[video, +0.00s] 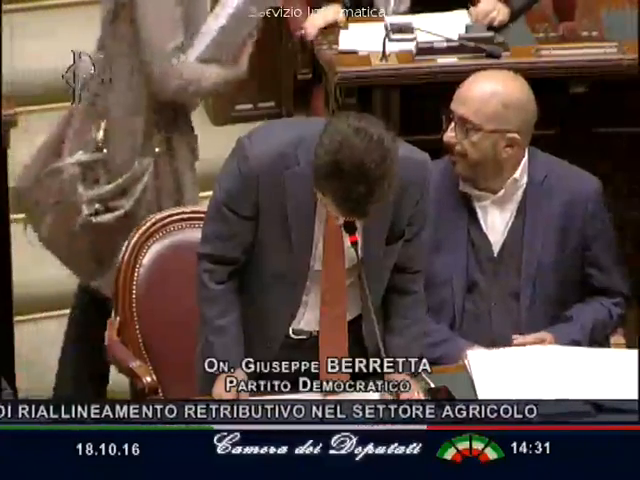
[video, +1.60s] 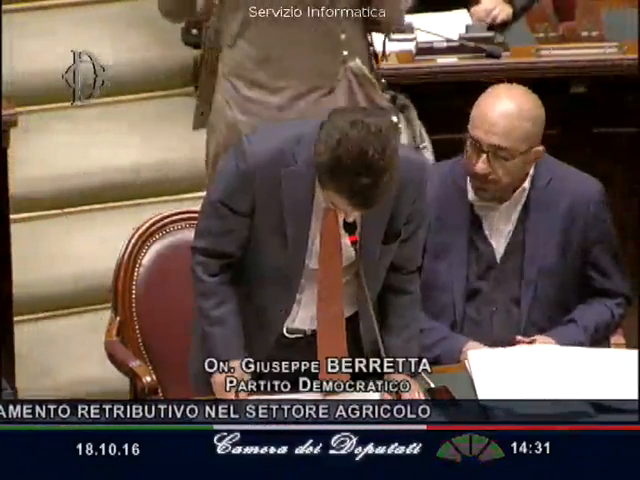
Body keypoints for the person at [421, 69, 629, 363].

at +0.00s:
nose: (448, 138)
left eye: (466, 129)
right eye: (450, 120)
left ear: (509, 146)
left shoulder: (578, 194)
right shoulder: (423, 187)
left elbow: (611, 297)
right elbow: (396, 308)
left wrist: (558, 339)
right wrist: (462, 354)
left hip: (549, 380)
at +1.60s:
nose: (480, 167)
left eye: (500, 155)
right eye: (474, 146)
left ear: (534, 156)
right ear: (467, 134)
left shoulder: (581, 198)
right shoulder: (428, 188)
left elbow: (612, 296)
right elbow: (390, 300)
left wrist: (558, 341)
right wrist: (458, 349)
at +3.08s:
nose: (489, 213)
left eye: (500, 194)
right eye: (473, 201)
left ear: (513, 162)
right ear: (444, 182)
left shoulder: (564, 204)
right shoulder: (419, 221)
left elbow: (599, 295)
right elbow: (409, 327)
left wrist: (555, 326)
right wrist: (472, 357)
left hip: (559, 370)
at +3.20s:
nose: (486, 214)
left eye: (496, 195)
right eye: (470, 203)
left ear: (510, 163)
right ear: (440, 183)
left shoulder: (561, 203)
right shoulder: (417, 223)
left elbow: (597, 293)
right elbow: (409, 330)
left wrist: (554, 322)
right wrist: (472, 359)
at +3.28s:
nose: (485, 214)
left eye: (495, 195)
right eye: (468, 203)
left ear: (508, 161)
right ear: (438, 182)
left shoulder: (559, 203)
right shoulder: (416, 224)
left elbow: (597, 292)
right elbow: (408, 329)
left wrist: (554, 320)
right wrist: (470, 358)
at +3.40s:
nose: (483, 214)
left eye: (492, 195)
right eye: (466, 202)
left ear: (505, 162)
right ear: (436, 183)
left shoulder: (558, 202)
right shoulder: (415, 224)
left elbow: (596, 292)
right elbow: (407, 327)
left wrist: (553, 318)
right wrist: (468, 358)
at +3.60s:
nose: (480, 211)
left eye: (489, 192)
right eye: (464, 199)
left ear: (503, 160)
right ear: (434, 181)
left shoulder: (558, 201)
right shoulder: (414, 222)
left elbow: (595, 292)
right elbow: (404, 326)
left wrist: (554, 319)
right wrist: (463, 354)